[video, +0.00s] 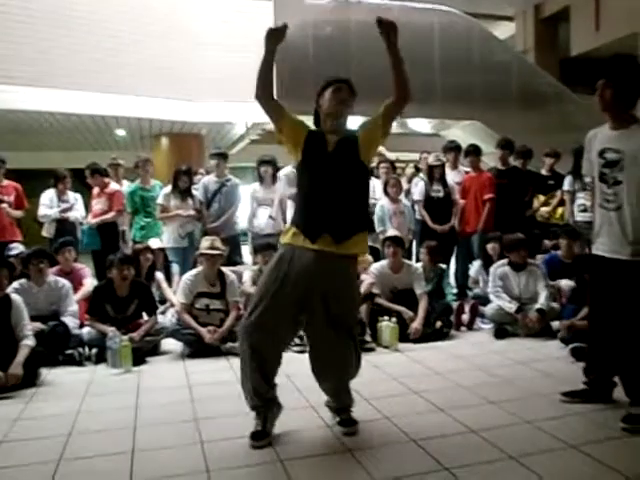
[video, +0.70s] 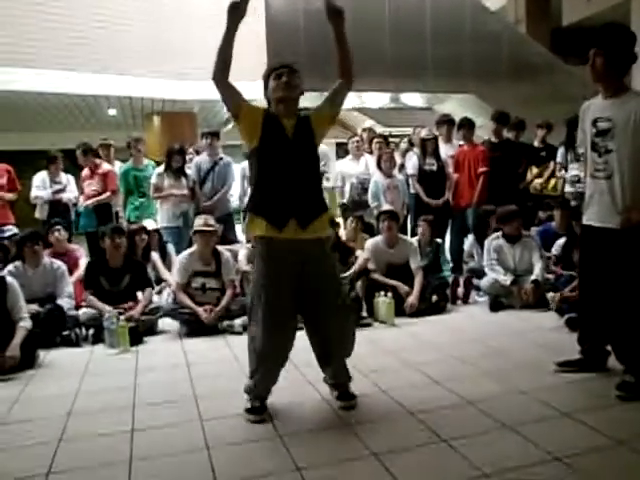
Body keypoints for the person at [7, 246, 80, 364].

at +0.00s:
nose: (39, 267)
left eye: (42, 263)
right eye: (34, 264)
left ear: (49, 266)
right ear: (28, 269)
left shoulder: (62, 286)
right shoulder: (17, 288)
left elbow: (73, 319)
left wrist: (46, 327)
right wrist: (26, 326)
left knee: (60, 331)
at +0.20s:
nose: (31, 270)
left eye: (35, 265)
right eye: (27, 266)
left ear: (40, 267)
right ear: (19, 269)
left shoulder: (53, 287)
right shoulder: (8, 290)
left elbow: (63, 316)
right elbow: (7, 320)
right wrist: (20, 329)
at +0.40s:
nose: (30, 250)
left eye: (33, 246)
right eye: (26, 247)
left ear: (40, 248)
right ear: (19, 251)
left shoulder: (54, 267)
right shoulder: (8, 271)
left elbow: (64, 300)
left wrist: (41, 311)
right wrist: (20, 309)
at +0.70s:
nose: (35, 249)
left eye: (38, 244)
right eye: (30, 245)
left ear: (43, 247)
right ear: (22, 250)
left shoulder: (57, 268)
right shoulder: (12, 272)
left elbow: (68, 299)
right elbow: (8, 301)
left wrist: (47, 309)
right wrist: (23, 308)